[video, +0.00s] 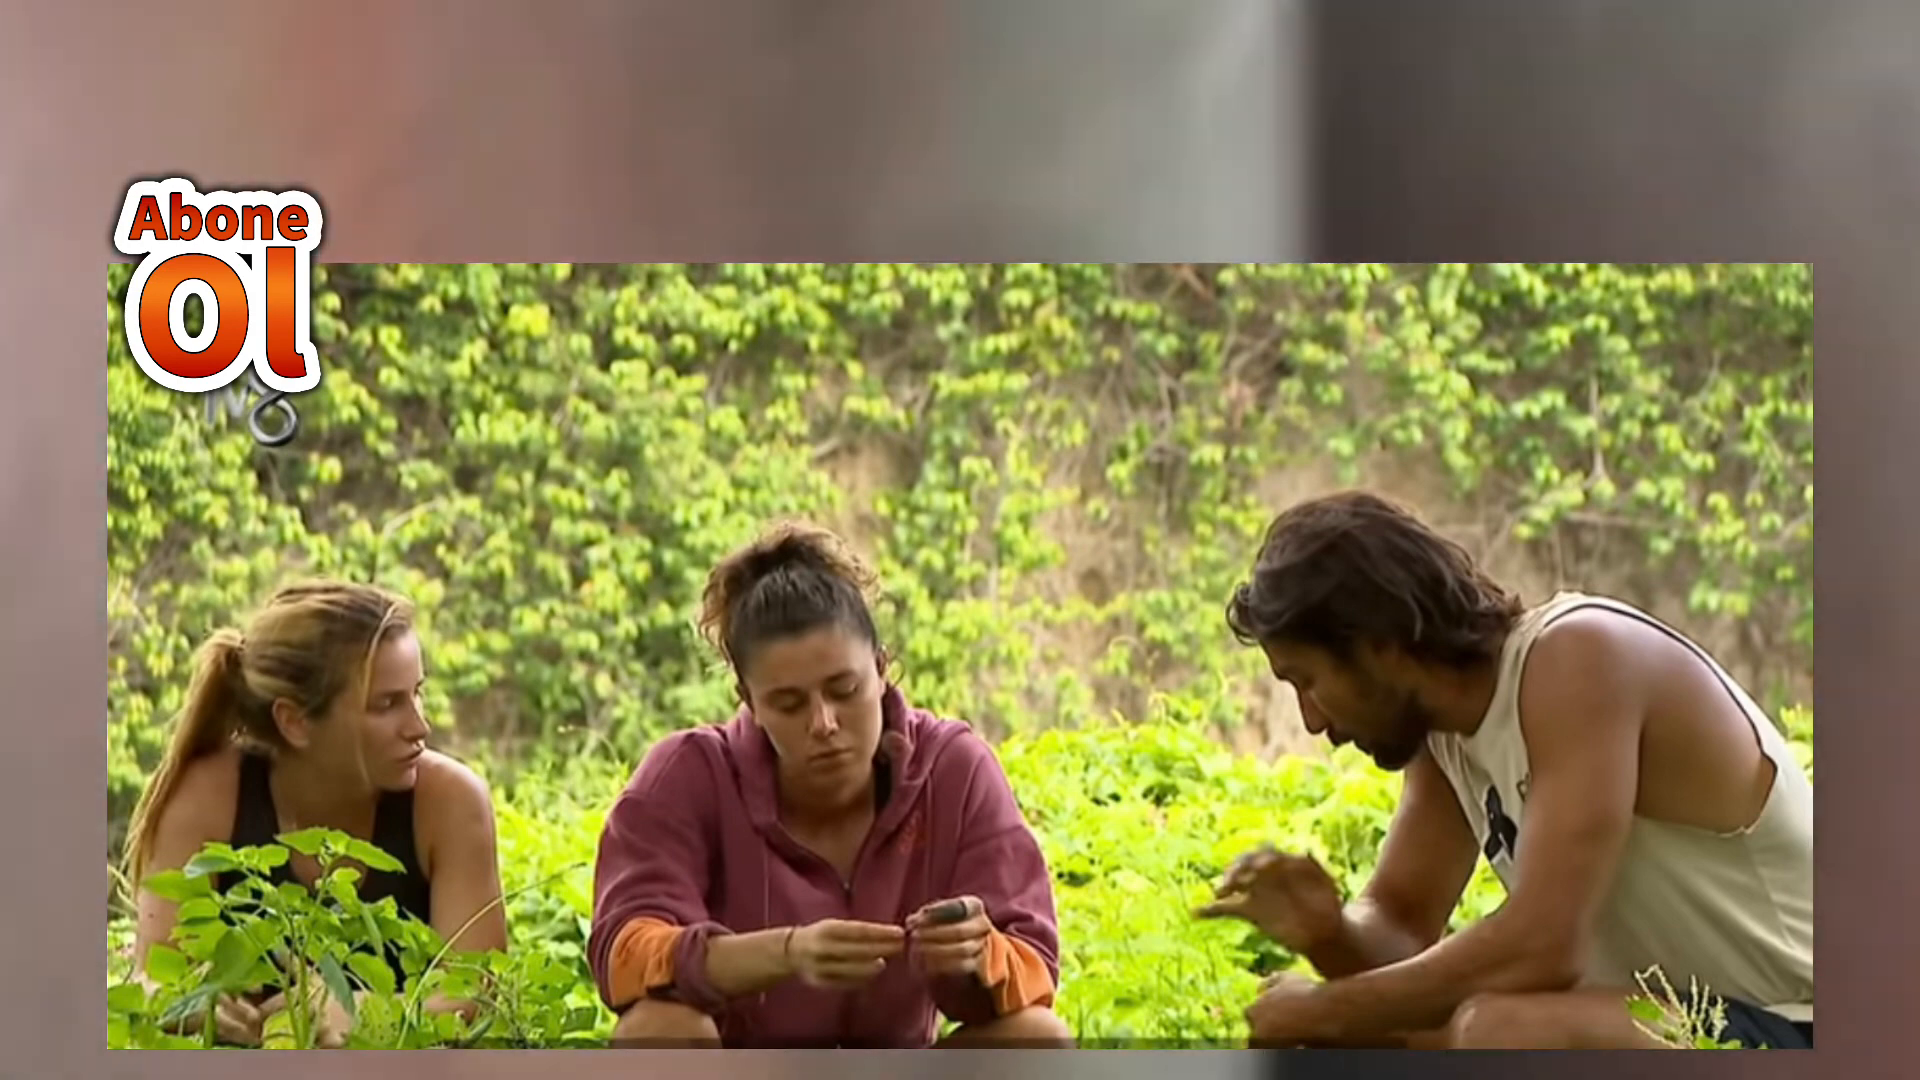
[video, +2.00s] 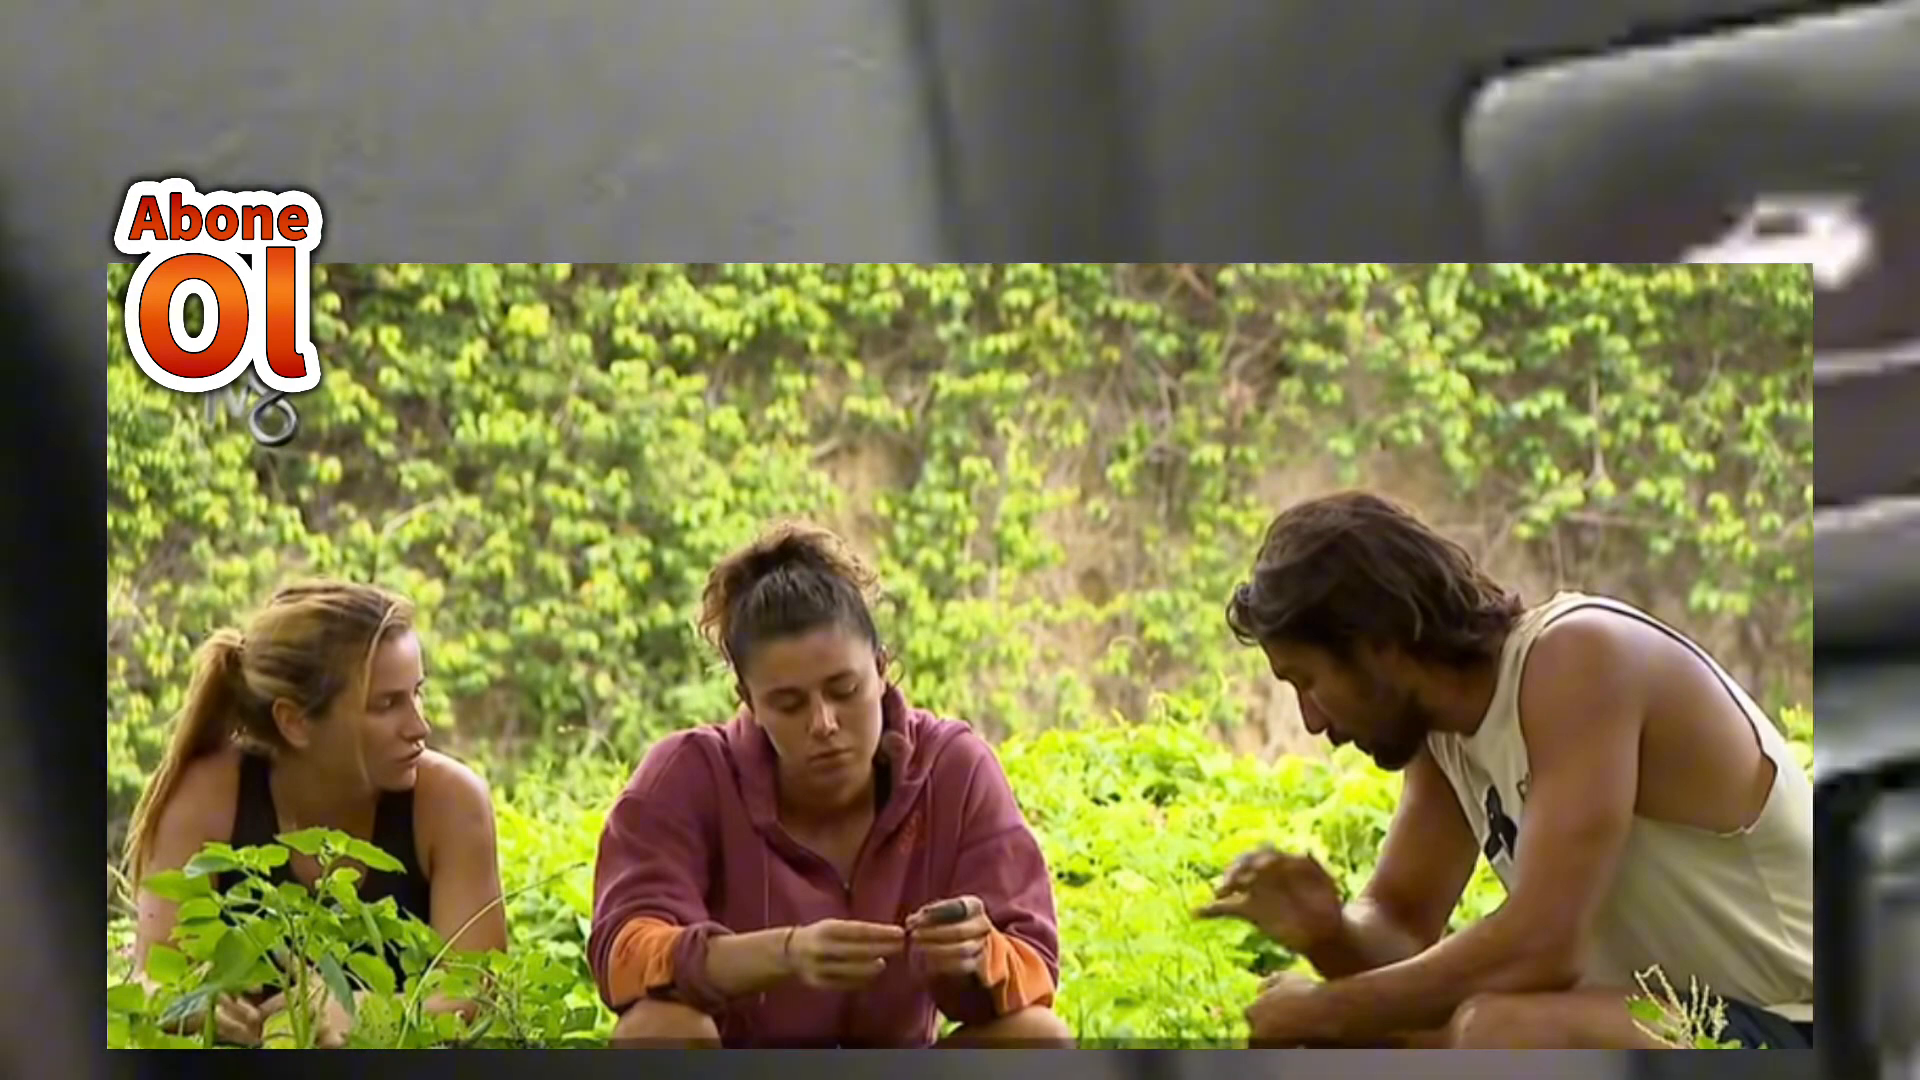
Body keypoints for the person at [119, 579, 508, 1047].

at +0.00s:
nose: (420, 725)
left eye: (417, 695)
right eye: (388, 705)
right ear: (295, 722)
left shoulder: (451, 799)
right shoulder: (205, 792)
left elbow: (470, 1000)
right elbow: (153, 983)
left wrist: (355, 1013)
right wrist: (200, 1008)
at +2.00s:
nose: (420, 725)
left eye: (417, 695)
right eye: (388, 705)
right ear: (295, 723)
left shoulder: (451, 799)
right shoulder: (205, 792)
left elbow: (470, 1002)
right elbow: (153, 984)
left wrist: (354, 1013)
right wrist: (198, 1008)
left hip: (384, 1069)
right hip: (237, 1066)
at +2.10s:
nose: (420, 725)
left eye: (417, 695)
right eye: (388, 705)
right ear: (295, 723)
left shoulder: (451, 799)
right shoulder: (206, 792)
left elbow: (471, 1002)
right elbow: (152, 983)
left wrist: (354, 1013)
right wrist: (199, 1008)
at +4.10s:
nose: (420, 725)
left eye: (417, 695)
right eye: (388, 705)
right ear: (295, 723)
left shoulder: (451, 800)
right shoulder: (206, 792)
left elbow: (470, 1002)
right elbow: (152, 983)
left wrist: (354, 1013)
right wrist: (199, 1008)